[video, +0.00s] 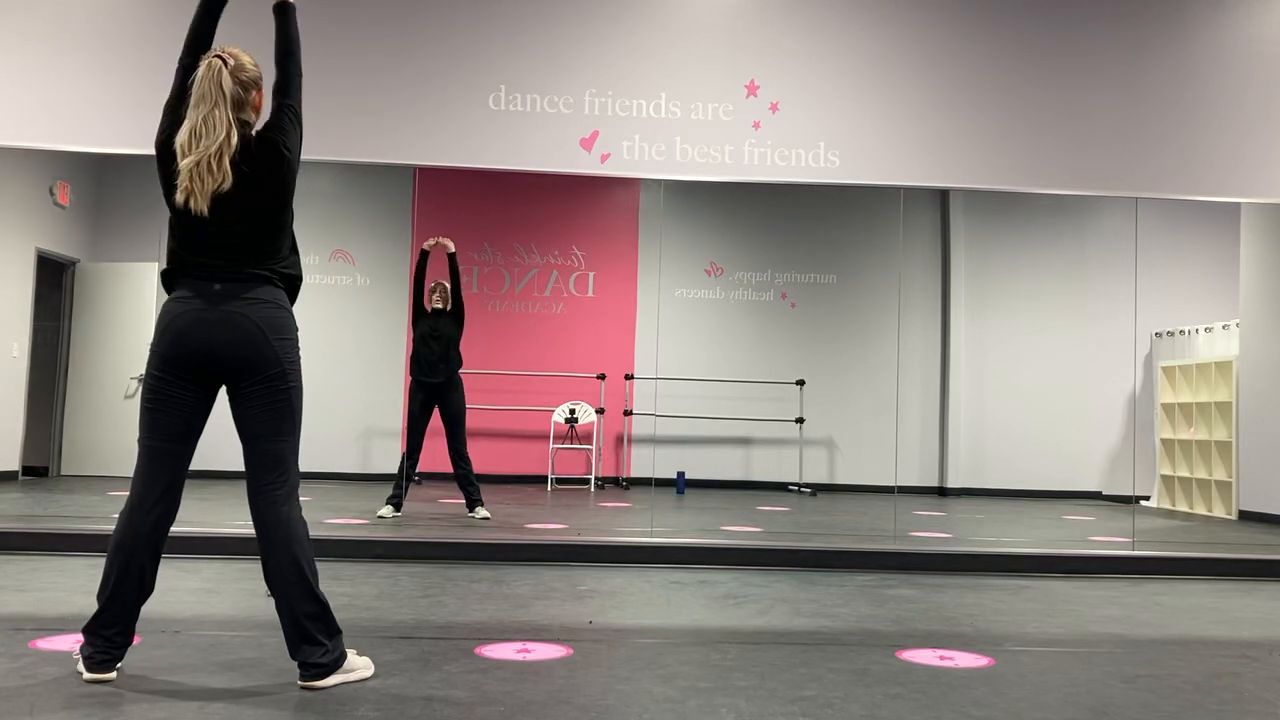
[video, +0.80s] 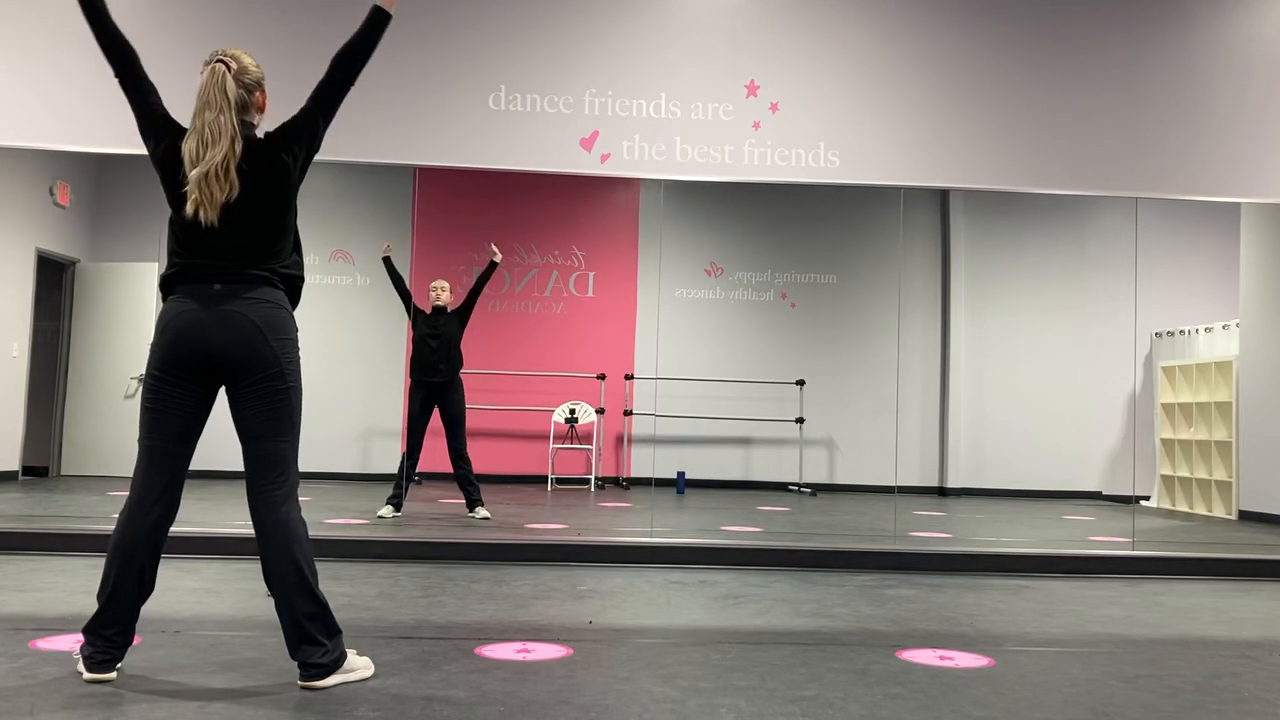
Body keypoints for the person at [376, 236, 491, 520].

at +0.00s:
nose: (438, 293)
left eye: (442, 291)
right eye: (434, 290)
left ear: (449, 297)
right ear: (428, 297)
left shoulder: (455, 318)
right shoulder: (420, 317)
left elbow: (456, 288)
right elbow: (418, 284)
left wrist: (451, 252)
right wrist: (425, 251)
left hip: (450, 387)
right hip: (421, 387)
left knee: (458, 447)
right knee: (412, 447)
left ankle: (475, 504)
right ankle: (394, 503)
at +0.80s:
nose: (439, 291)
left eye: (443, 289)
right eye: (435, 289)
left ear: (450, 297)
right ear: (428, 296)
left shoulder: (458, 318)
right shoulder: (418, 317)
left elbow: (477, 290)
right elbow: (401, 289)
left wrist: (495, 261)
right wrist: (387, 258)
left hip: (450, 389)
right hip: (421, 388)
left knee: (458, 448)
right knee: (412, 448)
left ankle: (475, 505)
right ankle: (395, 504)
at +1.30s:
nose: (437, 295)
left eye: (443, 291)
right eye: (433, 291)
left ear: (450, 297)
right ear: (428, 297)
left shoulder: (460, 321)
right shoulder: (416, 320)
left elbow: (490, 306)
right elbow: (386, 305)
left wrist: (519, 290)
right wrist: (358, 288)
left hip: (450, 389)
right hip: (421, 389)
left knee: (458, 449)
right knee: (412, 448)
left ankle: (475, 505)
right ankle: (394, 504)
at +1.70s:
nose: (437, 297)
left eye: (442, 294)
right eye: (433, 293)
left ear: (449, 299)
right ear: (427, 298)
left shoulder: (459, 324)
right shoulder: (415, 326)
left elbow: (492, 326)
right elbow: (381, 327)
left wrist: (526, 326)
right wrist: (349, 327)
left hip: (450, 391)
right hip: (421, 391)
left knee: (458, 449)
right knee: (412, 449)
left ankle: (475, 505)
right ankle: (394, 504)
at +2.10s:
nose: (437, 299)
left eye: (442, 296)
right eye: (433, 295)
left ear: (448, 301)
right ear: (428, 299)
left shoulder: (458, 326)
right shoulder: (416, 328)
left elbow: (483, 346)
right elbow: (391, 350)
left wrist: (510, 366)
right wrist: (362, 369)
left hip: (450, 391)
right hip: (421, 391)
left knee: (458, 450)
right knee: (411, 450)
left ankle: (475, 505)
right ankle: (394, 504)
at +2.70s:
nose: (435, 297)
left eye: (440, 293)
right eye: (431, 292)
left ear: (447, 297)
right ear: (426, 297)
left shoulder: (457, 325)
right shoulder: (416, 326)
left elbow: (464, 359)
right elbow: (405, 361)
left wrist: (470, 388)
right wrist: (391, 391)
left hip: (449, 391)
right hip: (419, 391)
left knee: (456, 449)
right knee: (411, 449)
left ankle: (475, 505)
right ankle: (394, 503)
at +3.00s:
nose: (435, 295)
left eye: (440, 292)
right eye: (431, 291)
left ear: (447, 297)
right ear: (425, 296)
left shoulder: (456, 322)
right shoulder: (414, 324)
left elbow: (460, 354)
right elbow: (405, 355)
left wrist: (441, 368)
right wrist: (417, 379)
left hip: (446, 388)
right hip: (418, 388)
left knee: (457, 446)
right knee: (408, 446)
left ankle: (475, 504)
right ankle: (393, 503)